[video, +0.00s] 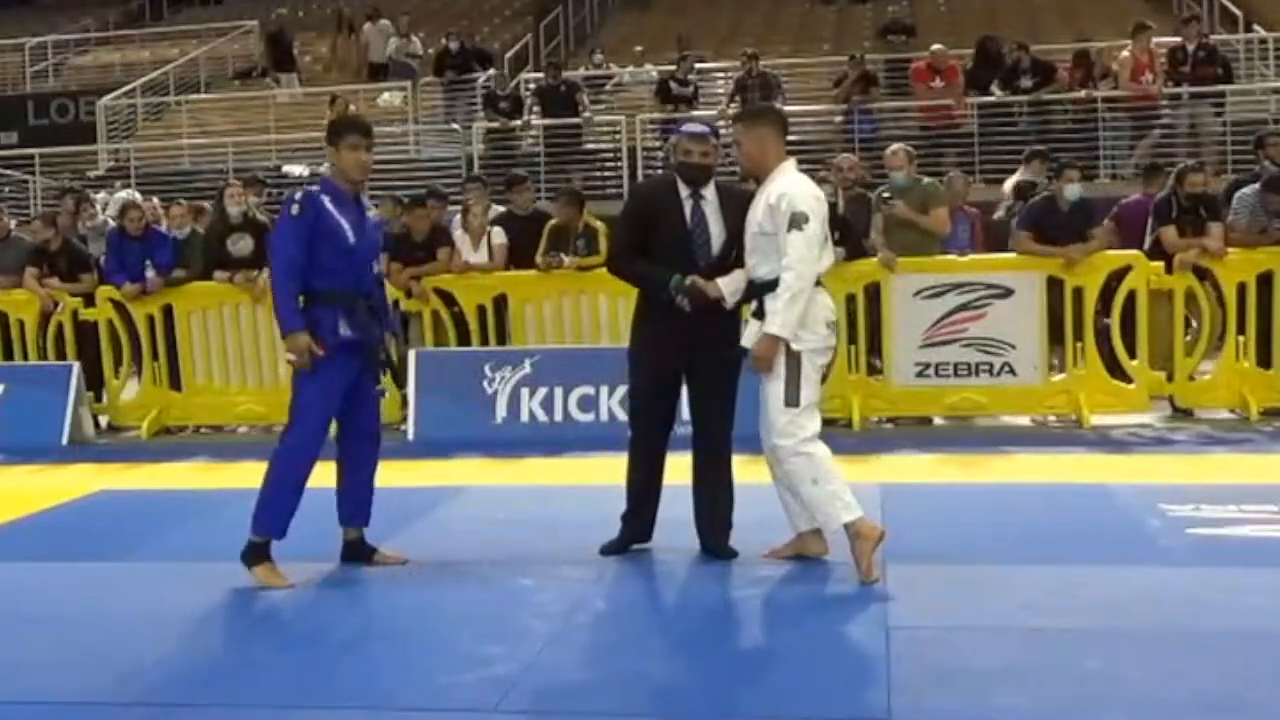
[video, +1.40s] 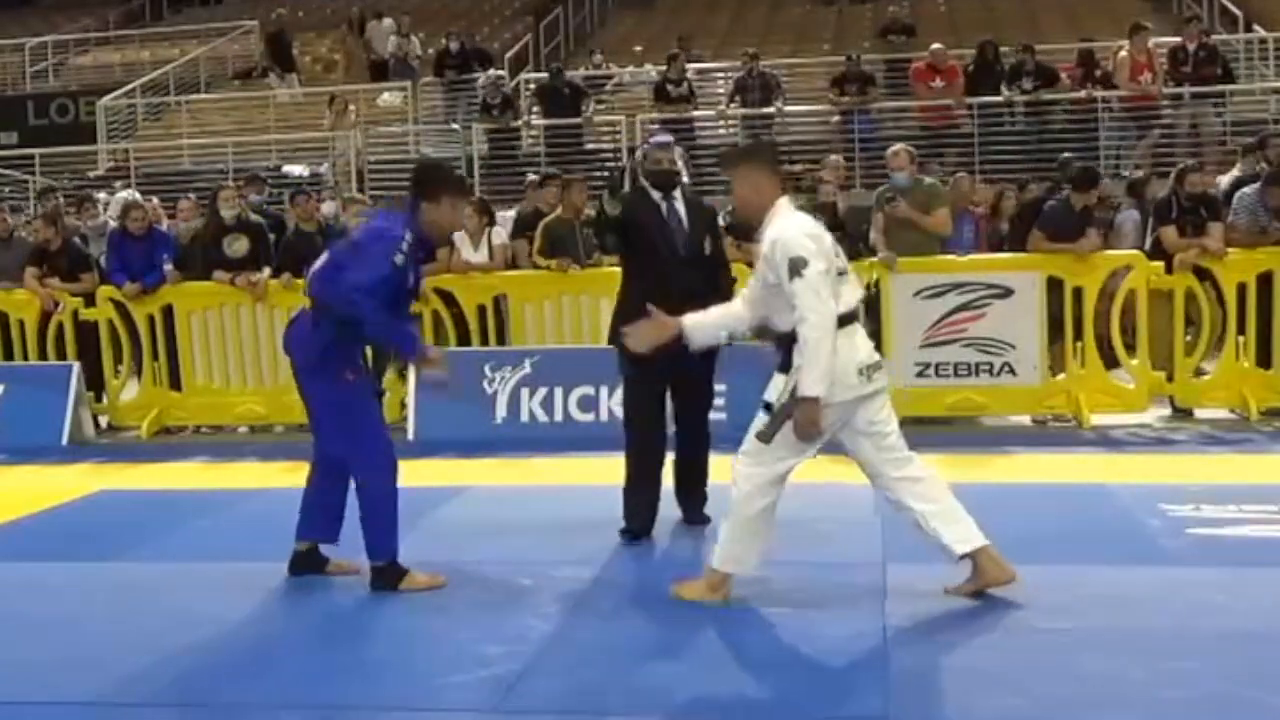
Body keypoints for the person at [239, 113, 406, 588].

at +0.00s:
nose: (364, 159)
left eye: (368, 150)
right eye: (354, 150)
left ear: (371, 156)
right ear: (332, 154)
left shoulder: (362, 211)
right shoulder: (304, 205)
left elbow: (369, 276)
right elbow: (283, 271)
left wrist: (383, 326)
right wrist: (293, 329)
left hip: (365, 336)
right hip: (324, 336)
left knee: (362, 438)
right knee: (304, 438)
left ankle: (355, 540)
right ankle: (259, 545)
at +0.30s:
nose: (348, 166)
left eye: (348, 157)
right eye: (339, 157)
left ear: (332, 160)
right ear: (310, 159)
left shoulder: (335, 221)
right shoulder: (266, 210)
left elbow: (346, 281)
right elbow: (219, 264)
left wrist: (354, 321)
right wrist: (250, 314)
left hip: (332, 348)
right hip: (284, 348)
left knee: (346, 445)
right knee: (268, 452)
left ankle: (352, 541)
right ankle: (250, 560)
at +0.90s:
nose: (364, 164)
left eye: (362, 155)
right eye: (356, 155)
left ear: (337, 160)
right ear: (328, 159)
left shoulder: (343, 214)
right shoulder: (289, 206)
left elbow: (344, 274)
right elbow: (254, 274)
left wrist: (365, 303)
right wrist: (283, 336)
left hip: (340, 334)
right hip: (303, 336)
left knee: (339, 445)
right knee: (322, 442)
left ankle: (309, 549)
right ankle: (269, 538)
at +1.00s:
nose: (376, 169)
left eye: (375, 160)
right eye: (370, 160)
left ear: (350, 163)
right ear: (342, 162)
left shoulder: (351, 214)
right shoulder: (301, 206)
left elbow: (355, 273)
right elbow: (261, 268)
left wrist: (381, 313)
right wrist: (287, 332)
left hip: (340, 338)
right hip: (308, 340)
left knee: (340, 441)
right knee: (342, 441)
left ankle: (311, 545)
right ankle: (301, 543)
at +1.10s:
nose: (391, 171)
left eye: (390, 162)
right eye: (384, 162)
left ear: (365, 166)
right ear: (358, 165)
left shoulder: (363, 215)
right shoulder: (320, 203)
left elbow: (359, 279)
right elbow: (272, 258)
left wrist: (392, 312)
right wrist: (295, 326)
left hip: (343, 338)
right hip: (314, 338)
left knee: (335, 441)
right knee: (356, 438)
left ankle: (307, 549)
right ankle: (348, 559)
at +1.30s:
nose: (436, 196)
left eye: (437, 187)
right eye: (429, 187)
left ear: (411, 188)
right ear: (402, 187)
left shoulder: (396, 230)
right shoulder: (367, 221)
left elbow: (367, 287)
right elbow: (314, 275)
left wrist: (391, 322)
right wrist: (352, 339)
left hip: (348, 349)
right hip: (326, 351)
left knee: (342, 449)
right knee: (372, 452)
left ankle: (309, 551)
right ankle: (386, 566)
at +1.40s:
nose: (463, 219)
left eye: (465, 208)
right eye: (458, 208)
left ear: (431, 205)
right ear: (432, 204)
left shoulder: (400, 235)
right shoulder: (389, 240)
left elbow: (377, 305)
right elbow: (348, 294)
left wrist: (414, 348)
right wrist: (412, 346)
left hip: (319, 342)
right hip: (329, 347)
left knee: (334, 450)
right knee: (375, 454)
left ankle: (307, 551)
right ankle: (385, 566)